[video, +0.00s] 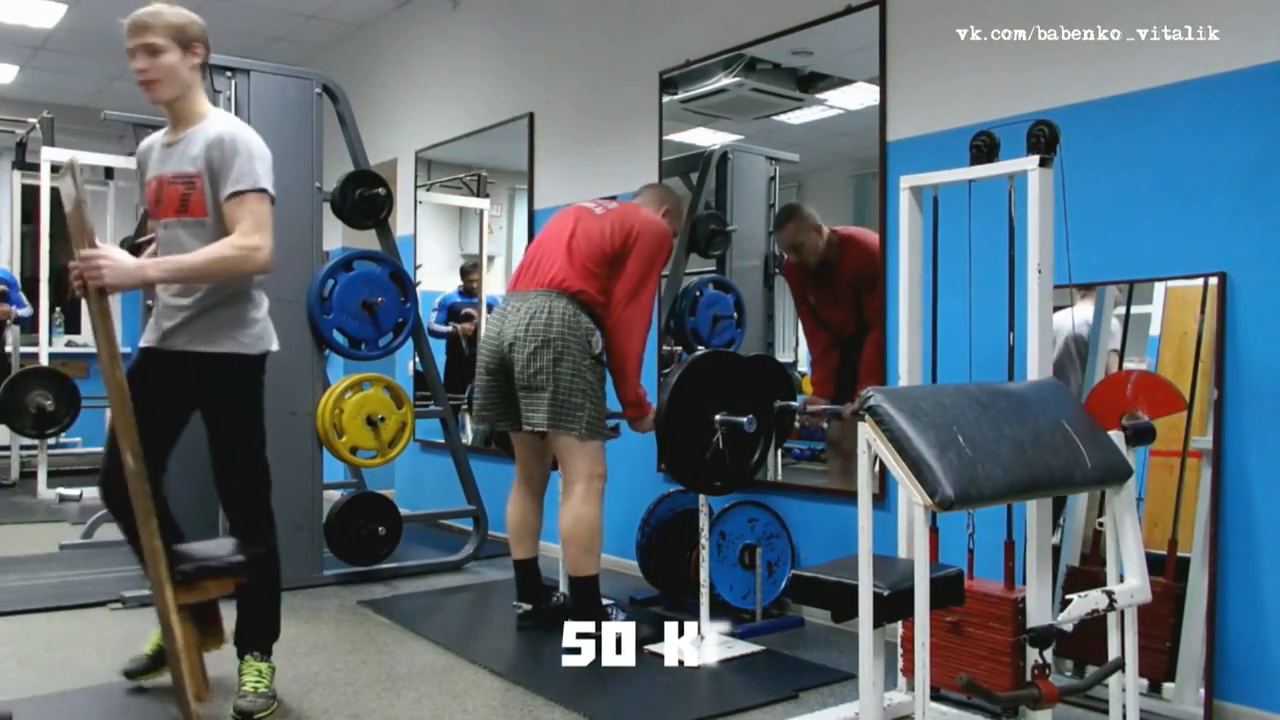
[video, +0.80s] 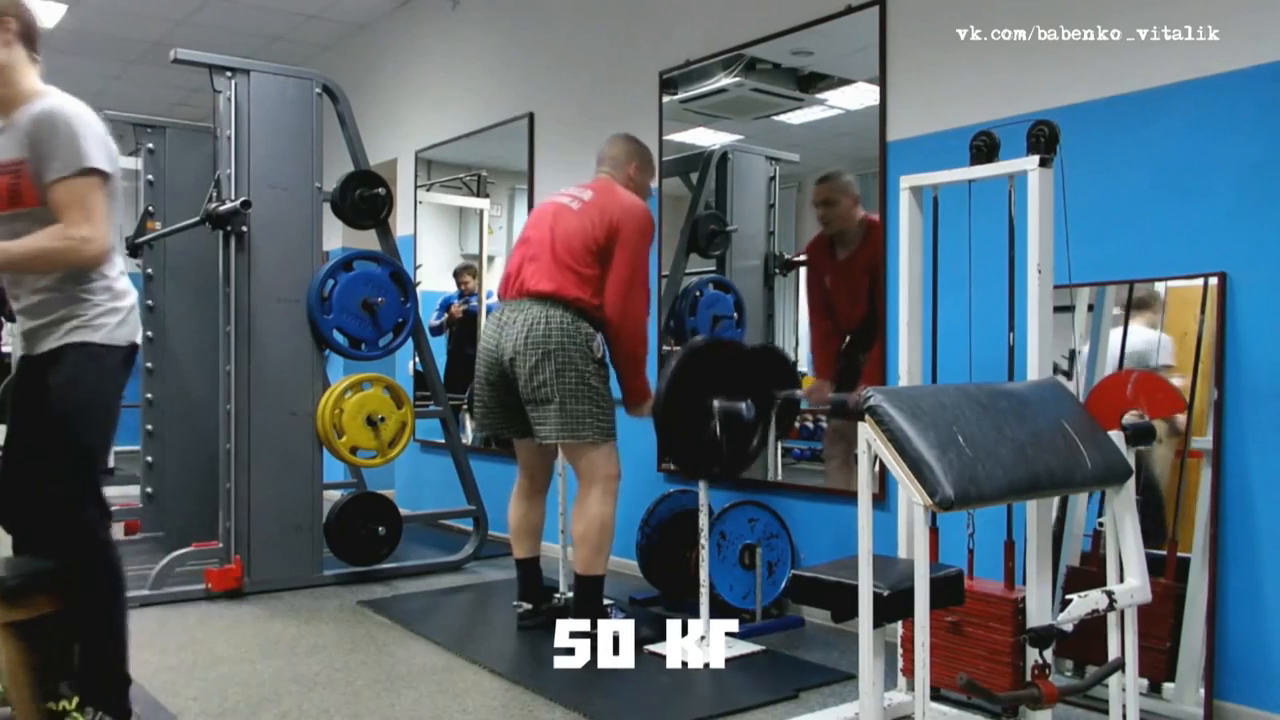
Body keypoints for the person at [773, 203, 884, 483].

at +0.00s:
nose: (794, 258)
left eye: (798, 248)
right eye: (787, 252)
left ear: (822, 232)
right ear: (783, 249)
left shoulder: (867, 251)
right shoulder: (794, 270)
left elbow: (880, 327)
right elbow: (818, 338)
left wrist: (868, 391)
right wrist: (820, 394)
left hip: (880, 340)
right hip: (842, 347)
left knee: (878, 431)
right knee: (838, 435)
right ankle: (842, 515)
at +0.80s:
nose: (820, 214)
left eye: (829, 204)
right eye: (816, 206)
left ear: (855, 203)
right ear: (814, 208)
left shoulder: (884, 238)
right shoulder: (817, 250)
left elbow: (889, 317)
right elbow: (820, 319)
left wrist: (871, 382)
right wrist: (823, 377)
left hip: (883, 365)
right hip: (842, 370)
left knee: (883, 448)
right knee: (838, 445)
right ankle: (838, 520)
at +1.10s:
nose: (867, 182)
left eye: (874, 175)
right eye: (863, 175)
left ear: (891, 177)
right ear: (858, 180)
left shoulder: (906, 223)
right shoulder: (853, 227)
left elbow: (908, 295)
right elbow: (846, 291)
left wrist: (884, 356)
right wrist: (845, 344)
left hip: (897, 352)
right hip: (862, 353)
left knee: (895, 444)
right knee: (849, 444)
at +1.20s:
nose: (877, 182)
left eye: (883, 173)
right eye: (874, 174)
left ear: (898, 177)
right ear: (870, 177)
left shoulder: (917, 222)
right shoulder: (862, 226)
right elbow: (851, 289)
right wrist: (850, 341)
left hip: (906, 349)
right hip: (868, 348)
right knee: (852, 441)